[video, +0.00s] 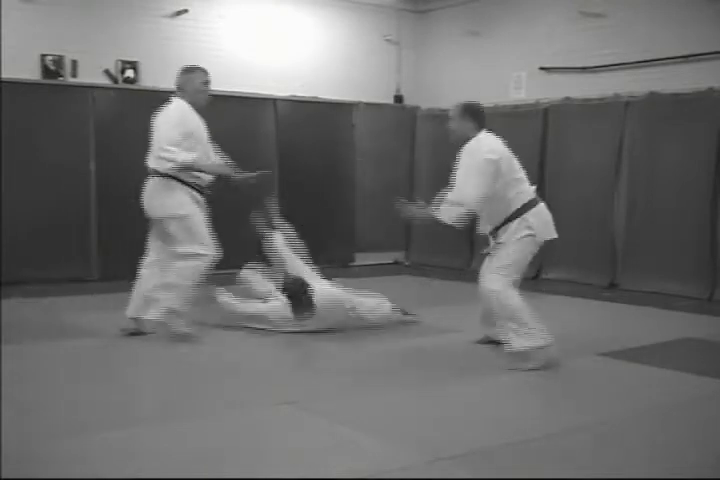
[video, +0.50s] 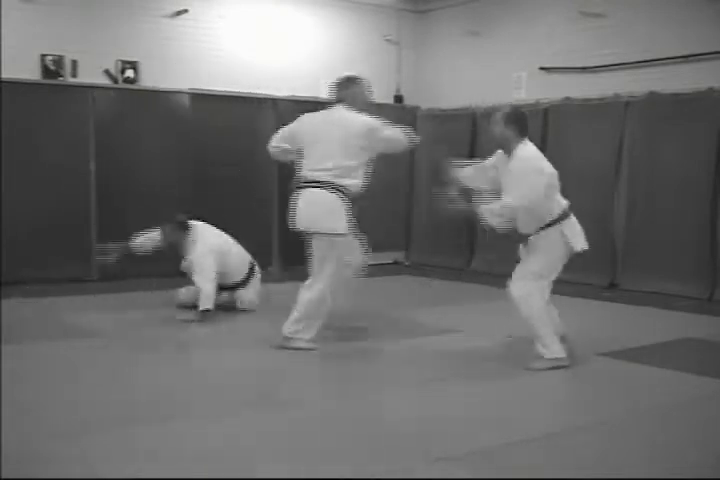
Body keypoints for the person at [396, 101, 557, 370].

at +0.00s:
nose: (449, 126)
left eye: (453, 120)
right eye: (450, 120)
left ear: (469, 122)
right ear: (469, 123)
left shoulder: (481, 149)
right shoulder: (475, 148)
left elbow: (467, 203)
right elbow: (459, 192)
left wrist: (429, 212)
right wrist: (431, 206)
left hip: (524, 225)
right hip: (509, 228)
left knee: (496, 282)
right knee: (489, 278)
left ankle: (535, 343)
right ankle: (498, 332)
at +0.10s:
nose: (457, 120)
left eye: (462, 114)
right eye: (459, 114)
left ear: (477, 117)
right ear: (481, 117)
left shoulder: (487, 148)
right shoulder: (496, 140)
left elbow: (487, 198)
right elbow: (485, 193)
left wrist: (480, 242)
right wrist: (474, 227)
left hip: (531, 223)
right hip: (515, 224)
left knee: (514, 285)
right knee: (495, 273)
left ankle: (552, 350)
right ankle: (500, 327)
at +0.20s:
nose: (467, 113)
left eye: (471, 108)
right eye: (468, 108)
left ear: (487, 112)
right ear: (489, 112)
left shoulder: (505, 143)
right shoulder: (499, 139)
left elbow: (511, 192)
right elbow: (505, 189)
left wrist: (502, 231)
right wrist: (501, 227)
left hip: (536, 222)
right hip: (524, 222)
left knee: (526, 282)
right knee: (506, 277)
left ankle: (551, 354)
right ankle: (518, 329)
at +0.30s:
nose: (473, 110)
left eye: (478, 106)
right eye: (474, 105)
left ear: (494, 111)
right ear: (494, 112)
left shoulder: (512, 144)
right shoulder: (495, 143)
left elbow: (518, 191)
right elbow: (500, 189)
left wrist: (508, 230)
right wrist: (497, 223)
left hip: (544, 217)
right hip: (526, 218)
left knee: (533, 281)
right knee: (516, 272)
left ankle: (552, 352)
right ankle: (520, 328)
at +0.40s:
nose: (483, 125)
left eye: (488, 119)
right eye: (484, 119)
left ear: (503, 122)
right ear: (500, 123)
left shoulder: (522, 154)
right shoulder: (496, 155)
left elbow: (530, 207)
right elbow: (490, 196)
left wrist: (505, 231)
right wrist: (483, 217)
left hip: (554, 226)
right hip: (532, 228)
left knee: (533, 282)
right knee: (515, 270)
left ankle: (554, 352)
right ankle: (541, 326)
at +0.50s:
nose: (491, 130)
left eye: (496, 125)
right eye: (492, 125)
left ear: (511, 129)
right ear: (509, 130)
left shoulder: (528, 161)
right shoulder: (507, 157)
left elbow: (514, 205)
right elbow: (484, 174)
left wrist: (473, 209)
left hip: (555, 235)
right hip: (539, 235)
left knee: (522, 287)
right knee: (532, 289)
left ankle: (553, 353)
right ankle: (556, 335)